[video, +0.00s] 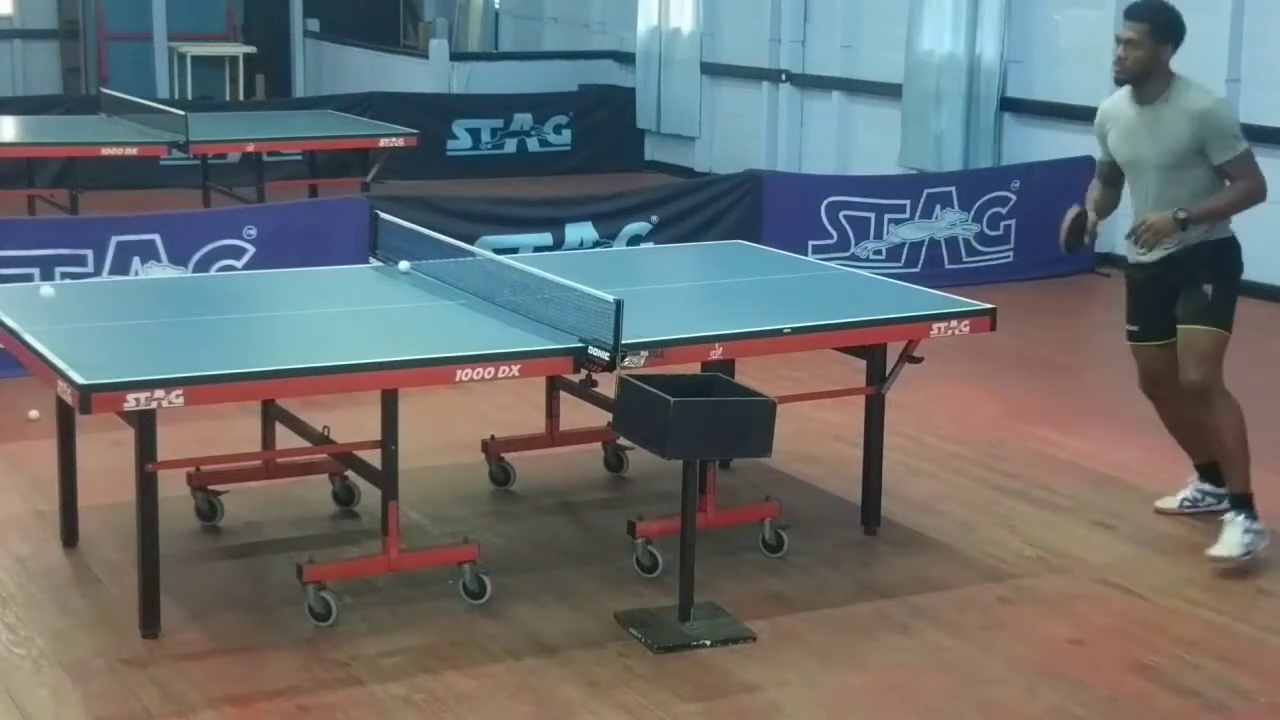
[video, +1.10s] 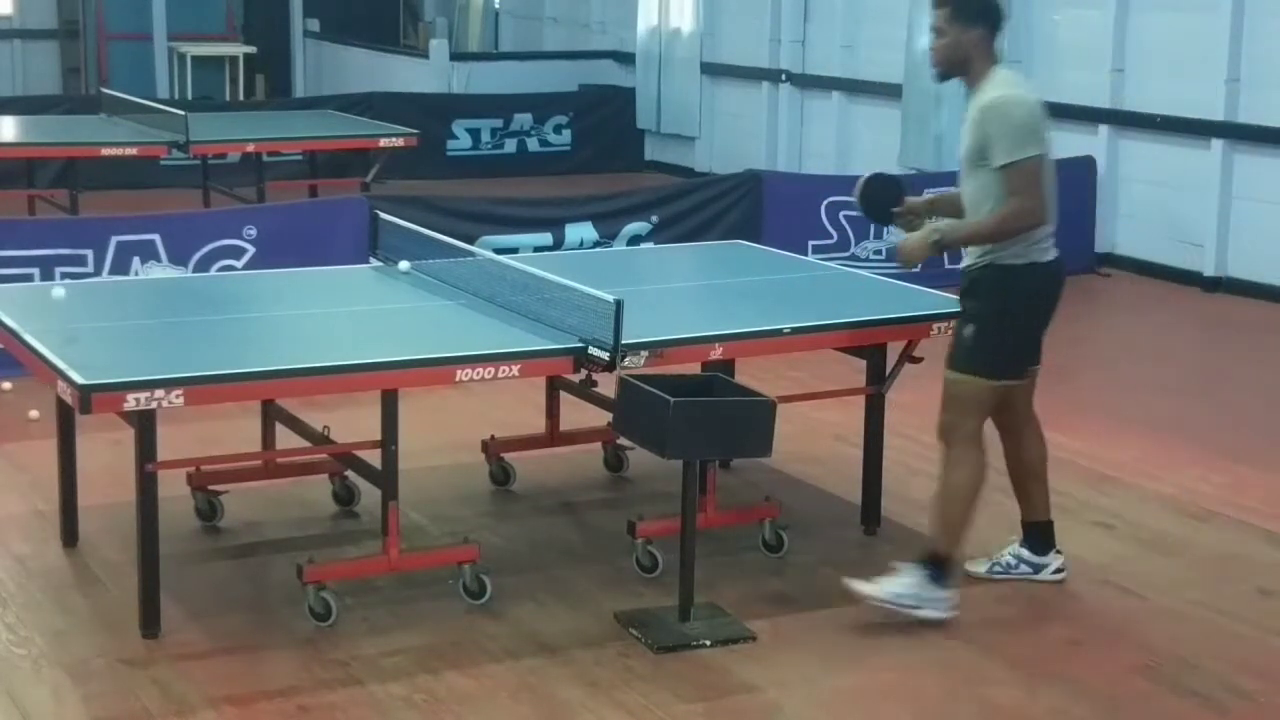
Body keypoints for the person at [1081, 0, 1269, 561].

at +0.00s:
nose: (1119, 53)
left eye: (1132, 45)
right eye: (1118, 42)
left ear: (1165, 52)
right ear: (1119, 46)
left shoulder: (1203, 109)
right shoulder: (1111, 113)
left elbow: (1252, 187)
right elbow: (1108, 182)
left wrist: (1180, 217)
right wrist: (1090, 211)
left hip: (1206, 259)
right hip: (1146, 266)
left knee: (1198, 379)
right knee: (1157, 382)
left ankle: (1245, 516)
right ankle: (1213, 484)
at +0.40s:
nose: (1105, 29)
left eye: (1117, 18)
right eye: (1103, 19)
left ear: (1155, 23)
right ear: (1110, 27)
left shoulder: (1196, 92)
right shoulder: (1108, 96)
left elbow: (1250, 177)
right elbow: (1121, 175)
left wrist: (1167, 219)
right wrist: (1092, 215)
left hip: (1186, 264)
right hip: (1122, 263)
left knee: (1187, 398)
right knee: (1088, 384)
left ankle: (1211, 529)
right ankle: (1155, 489)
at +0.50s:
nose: (1085, 24)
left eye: (1096, 14)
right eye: (1086, 15)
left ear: (1134, 19)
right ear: (1116, 22)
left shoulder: (1174, 85)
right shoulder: (1100, 89)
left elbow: (1214, 176)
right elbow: (1117, 172)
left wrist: (1122, 210)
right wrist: (1078, 211)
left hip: (1173, 261)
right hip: (1112, 261)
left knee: (1184, 392)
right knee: (1073, 383)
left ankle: (1207, 524)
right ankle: (1092, 522)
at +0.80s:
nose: (1024, 33)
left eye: (1034, 21)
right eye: (1026, 22)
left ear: (1069, 28)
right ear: (1053, 30)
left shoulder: (1105, 96)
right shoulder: (1052, 99)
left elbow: (1120, 197)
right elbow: (1063, 194)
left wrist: (1027, 218)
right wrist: (1014, 223)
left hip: (1099, 276)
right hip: (1044, 273)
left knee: (1099, 417)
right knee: (1023, 404)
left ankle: (1170, 499)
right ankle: (1038, 548)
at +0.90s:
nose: (999, 32)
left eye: (1009, 20)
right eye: (1001, 21)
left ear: (1044, 25)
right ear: (1034, 27)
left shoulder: (1079, 95)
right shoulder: (1031, 98)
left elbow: (1101, 195)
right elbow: (1040, 191)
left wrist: (1011, 218)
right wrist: (992, 216)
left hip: (1070, 270)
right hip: (1026, 268)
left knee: (1037, 410)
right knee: (1017, 408)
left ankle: (1119, 501)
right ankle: (1038, 547)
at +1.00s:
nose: (964, 35)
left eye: (973, 22)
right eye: (965, 22)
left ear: (1008, 26)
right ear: (1003, 28)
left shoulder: (1041, 97)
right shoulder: (1007, 97)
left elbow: (1069, 196)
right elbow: (1019, 188)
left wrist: (976, 225)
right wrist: (956, 202)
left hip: (1037, 267)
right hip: (1020, 264)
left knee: (982, 409)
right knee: (1020, 411)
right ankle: (1038, 546)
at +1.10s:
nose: (931, 45)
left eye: (941, 32)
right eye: (932, 33)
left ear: (979, 34)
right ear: (971, 36)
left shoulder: (1005, 104)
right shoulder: (990, 101)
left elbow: (1029, 209)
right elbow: (994, 194)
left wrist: (940, 237)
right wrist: (928, 206)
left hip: (1009, 278)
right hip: (1013, 273)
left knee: (959, 425)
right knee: (1013, 415)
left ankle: (935, 576)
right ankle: (1040, 549)